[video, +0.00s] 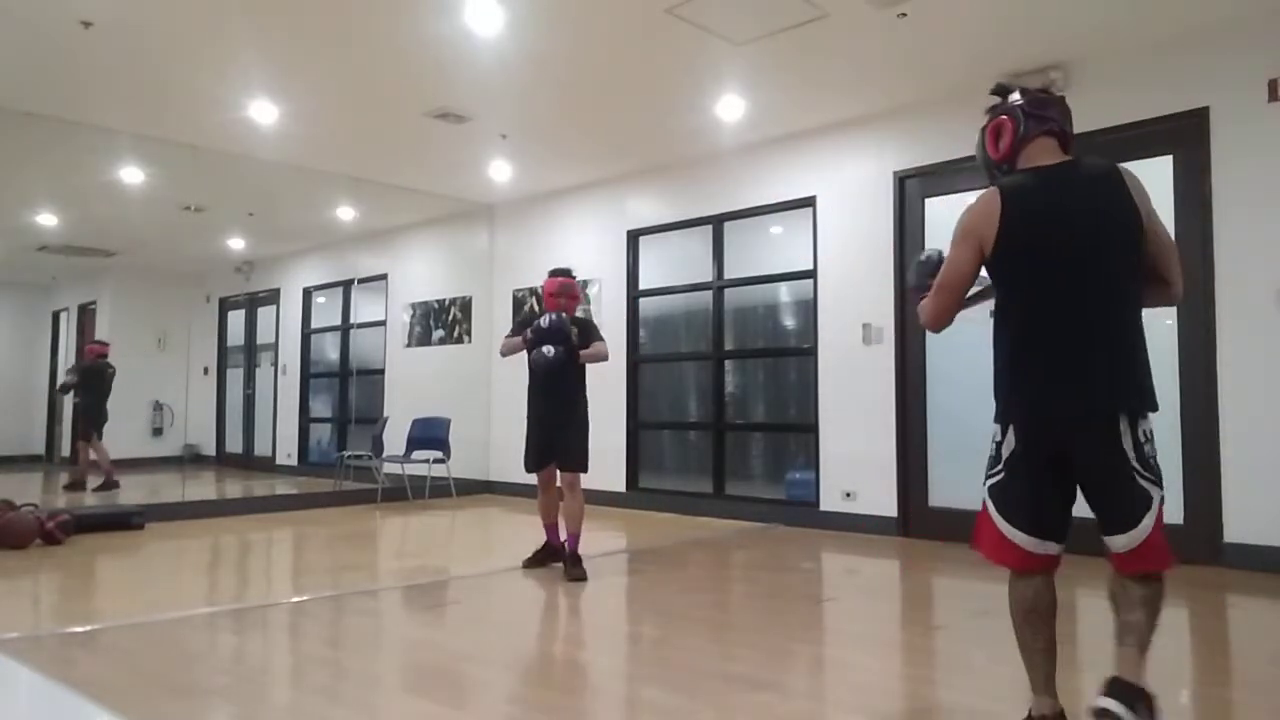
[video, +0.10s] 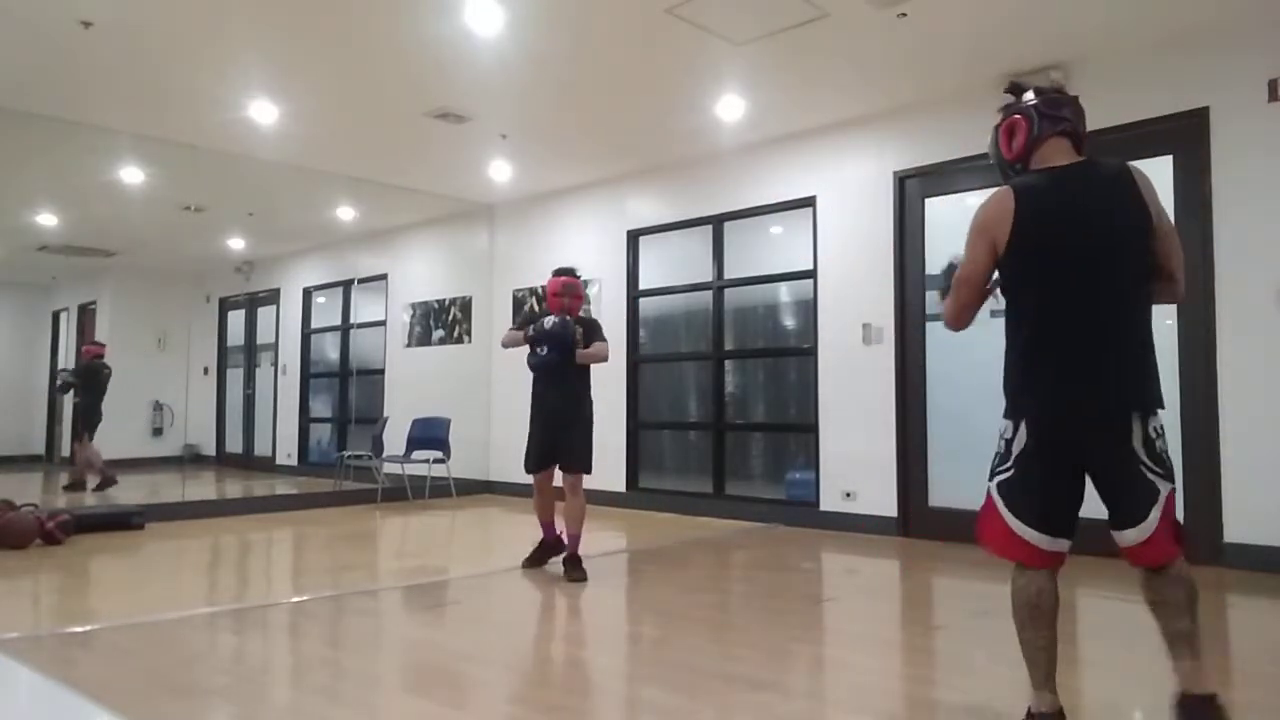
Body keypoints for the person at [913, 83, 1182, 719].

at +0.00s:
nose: (987, 149)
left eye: (988, 138)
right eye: (987, 140)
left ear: (1004, 134)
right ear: (1063, 133)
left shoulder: (990, 210)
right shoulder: (1121, 184)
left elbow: (934, 316)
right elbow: (1168, 285)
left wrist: (940, 282)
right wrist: (1094, 285)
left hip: (1032, 412)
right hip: (1117, 408)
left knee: (1030, 563)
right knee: (1137, 556)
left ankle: (1044, 706)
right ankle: (1128, 682)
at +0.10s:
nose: (1000, 146)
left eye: (1002, 135)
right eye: (1001, 136)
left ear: (1018, 132)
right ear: (1075, 132)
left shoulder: (1003, 207)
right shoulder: (1131, 183)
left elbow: (957, 315)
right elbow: (1174, 284)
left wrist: (969, 279)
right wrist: (1103, 279)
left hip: (1043, 408)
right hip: (1128, 402)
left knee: (1035, 558)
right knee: (1158, 551)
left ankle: (1043, 702)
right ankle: (1194, 690)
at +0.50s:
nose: (1098, 176)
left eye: (1098, 163)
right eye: (1095, 166)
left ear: (1121, 137)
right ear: (1155, 136)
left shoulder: (1127, 195)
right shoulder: (1222, 201)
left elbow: (1066, 299)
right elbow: (1168, 281)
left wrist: (1054, 352)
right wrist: (1076, 265)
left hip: (1146, 403)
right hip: (1221, 404)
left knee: (1087, 542)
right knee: (1229, 557)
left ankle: (1073, 695)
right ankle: (1258, 699)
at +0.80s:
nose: (1138, 164)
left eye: (1143, 145)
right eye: (1132, 151)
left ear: (1182, 126)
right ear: (1188, 130)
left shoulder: (1204, 185)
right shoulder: (1228, 190)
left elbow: (1106, 266)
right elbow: (1189, 283)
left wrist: (1101, 306)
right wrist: (1113, 280)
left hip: (1209, 407)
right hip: (1221, 404)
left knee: (1219, 556)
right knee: (1230, 552)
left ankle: (1264, 699)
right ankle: (1262, 693)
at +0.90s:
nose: (1146, 156)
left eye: (1152, 138)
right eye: (1142, 142)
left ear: (1193, 126)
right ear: (1196, 130)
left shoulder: (1224, 186)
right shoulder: (1228, 193)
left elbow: (1123, 264)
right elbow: (1183, 292)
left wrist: (1103, 304)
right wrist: (1093, 279)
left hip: (1216, 405)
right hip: (1215, 403)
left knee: (1227, 553)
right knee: (1229, 552)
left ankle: (1261, 696)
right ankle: (1262, 691)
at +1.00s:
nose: (1153, 153)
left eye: (1163, 134)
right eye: (1150, 139)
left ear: (1208, 126)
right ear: (1205, 132)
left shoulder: (1236, 189)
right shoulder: (1215, 197)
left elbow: (1135, 276)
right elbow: (1171, 285)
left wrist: (1101, 293)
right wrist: (1081, 275)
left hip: (1222, 404)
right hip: (1209, 402)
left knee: (1230, 554)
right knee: (1231, 553)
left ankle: (1262, 696)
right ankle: (1259, 693)